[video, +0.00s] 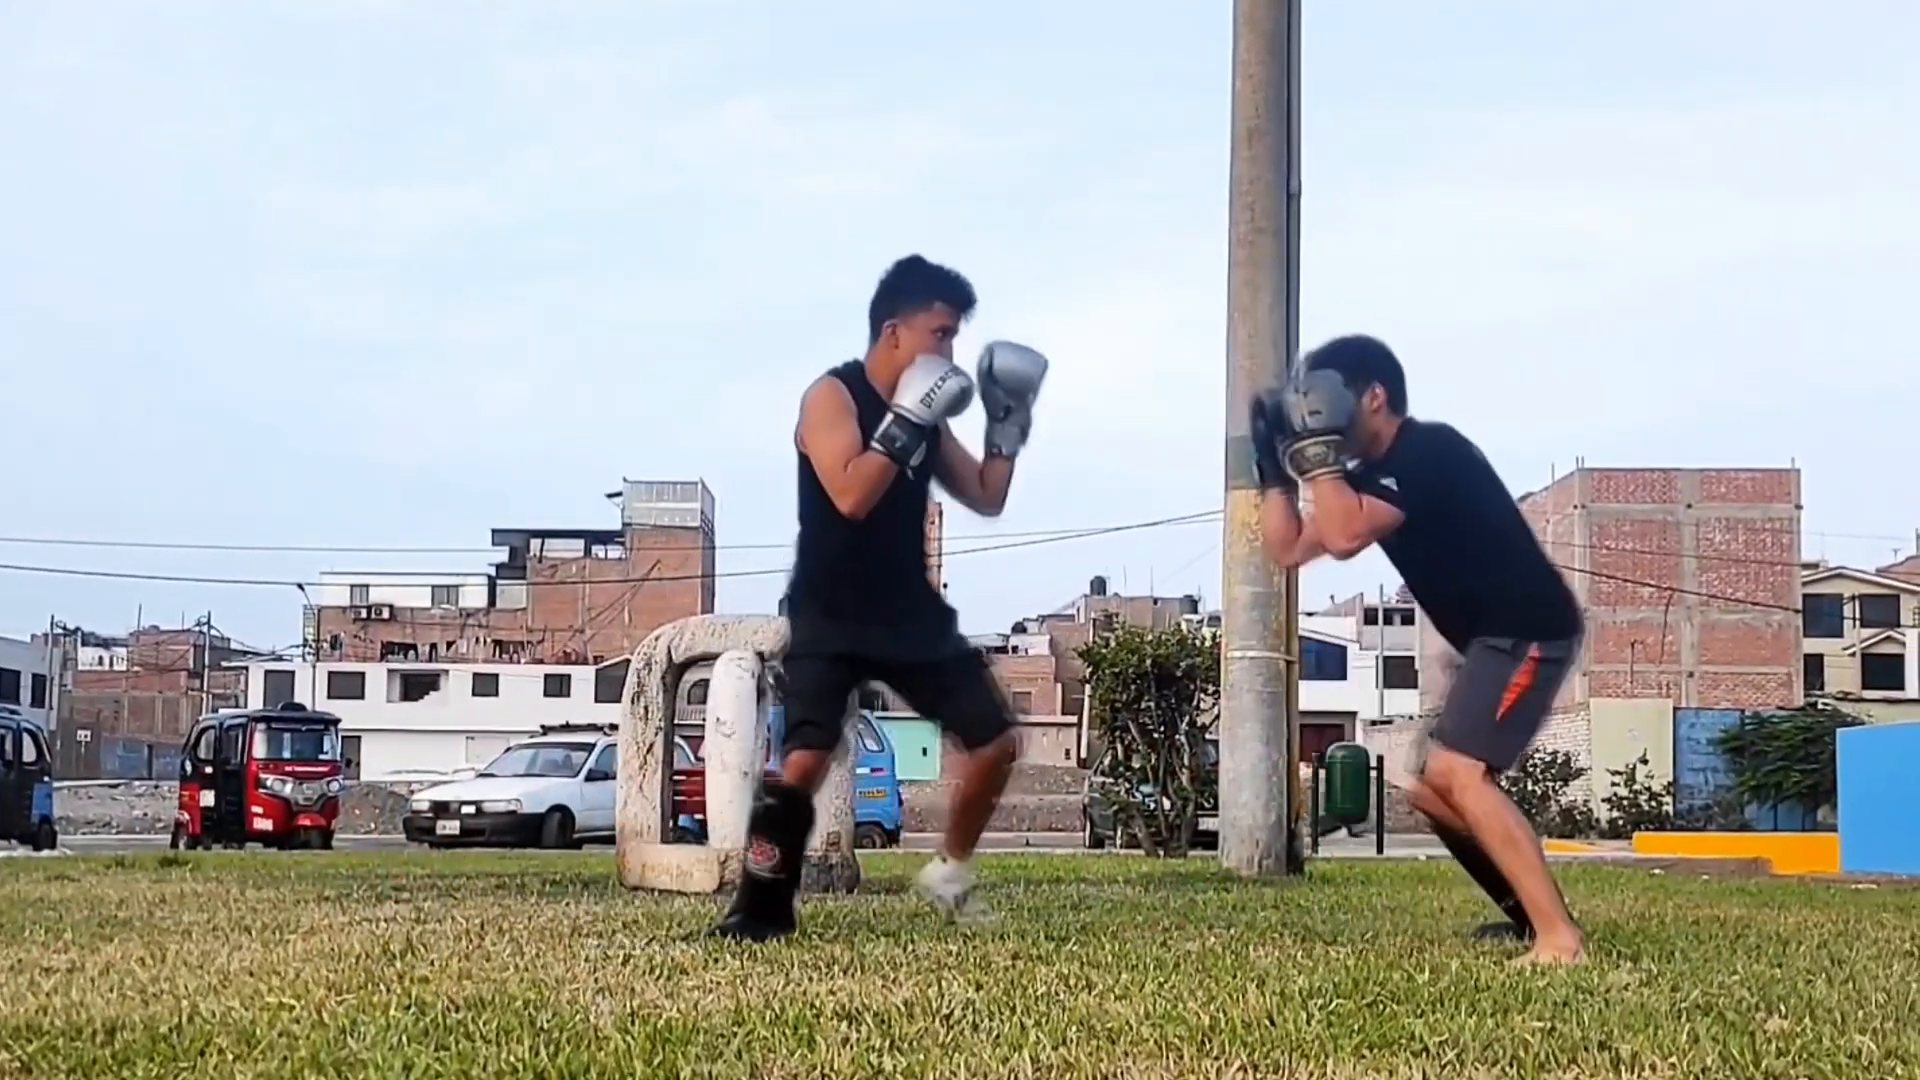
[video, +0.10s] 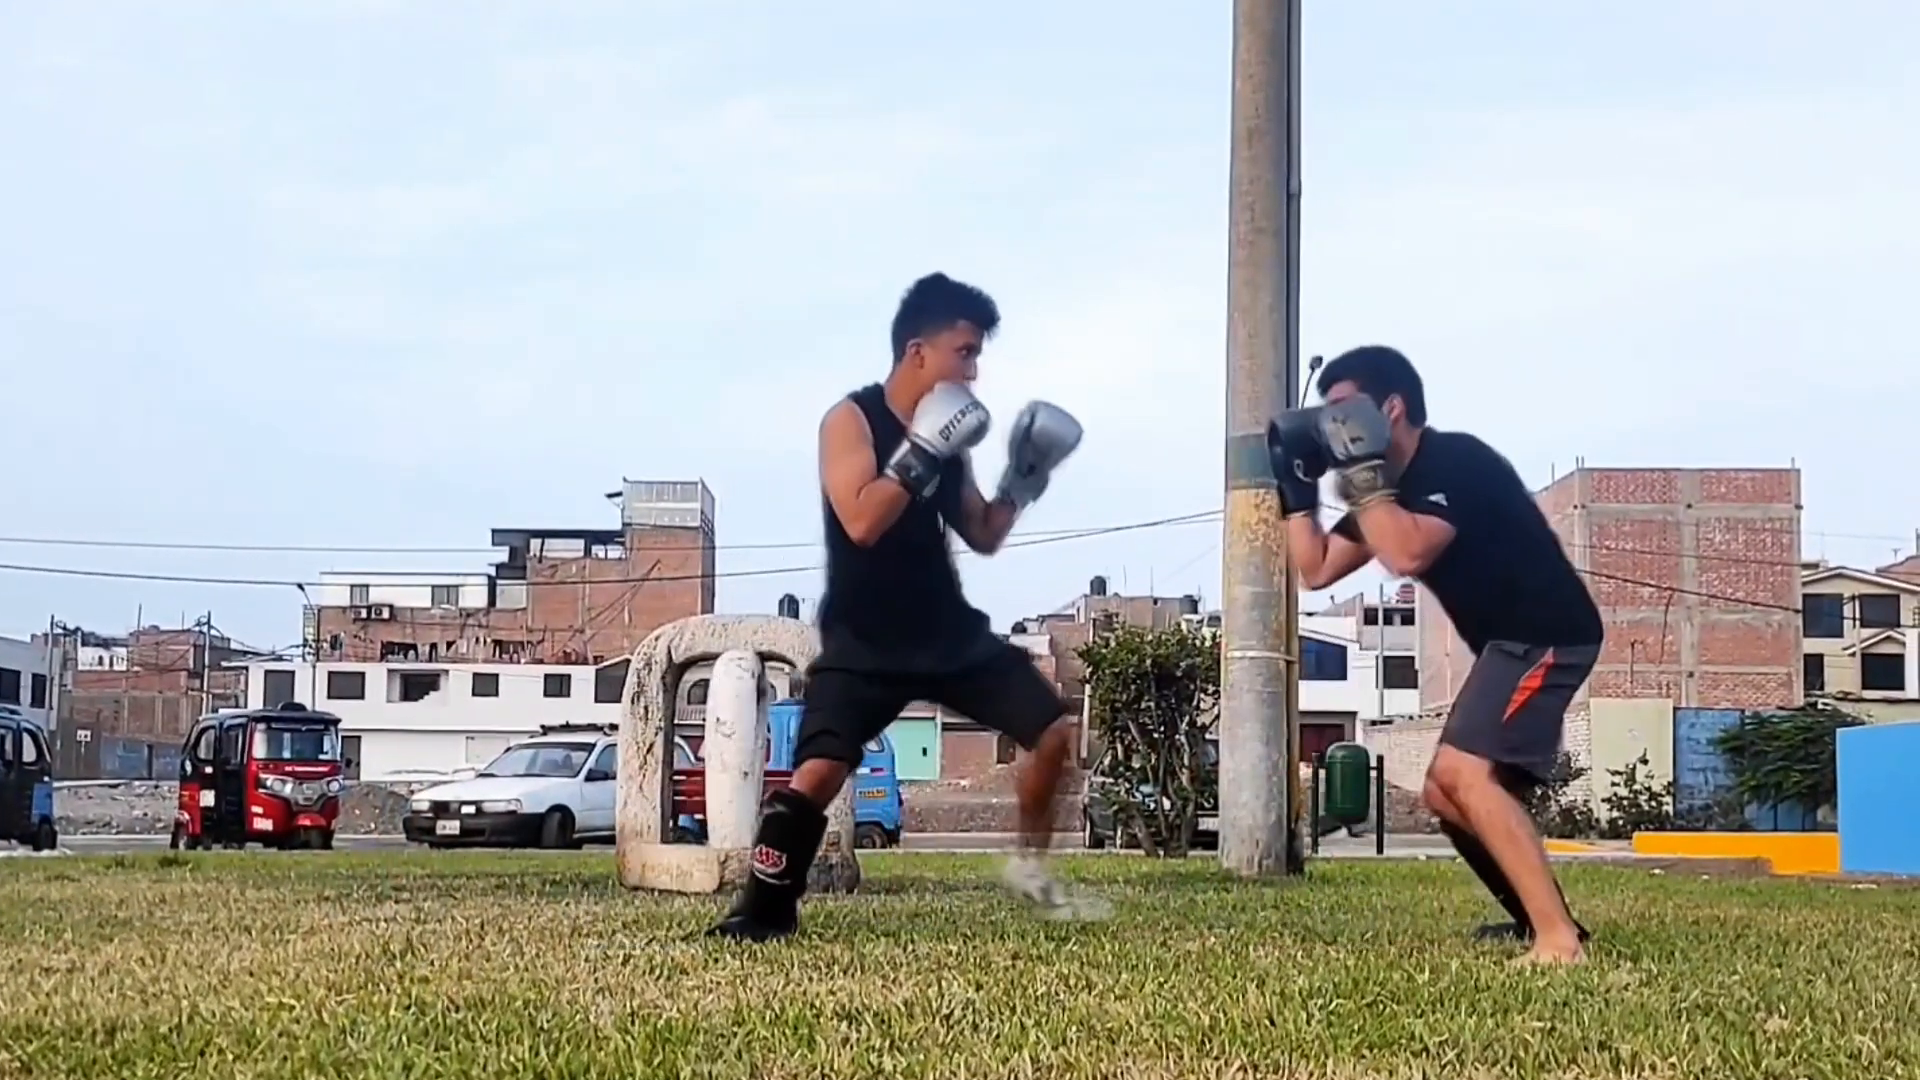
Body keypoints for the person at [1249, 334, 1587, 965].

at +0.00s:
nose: (1327, 422)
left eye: (1337, 405)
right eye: (1320, 410)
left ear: (1378, 397)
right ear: (1365, 404)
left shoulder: (1429, 448)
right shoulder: (1372, 475)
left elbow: (1343, 536)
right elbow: (1287, 552)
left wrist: (1314, 452)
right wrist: (1271, 468)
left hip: (1530, 631)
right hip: (1490, 638)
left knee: (1456, 772)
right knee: (1428, 790)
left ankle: (1559, 939)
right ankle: (1532, 918)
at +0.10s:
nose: (1336, 427)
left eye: (1347, 410)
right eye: (1330, 415)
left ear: (1395, 406)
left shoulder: (1457, 458)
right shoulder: (1391, 491)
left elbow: (1407, 553)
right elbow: (1314, 569)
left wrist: (1358, 467)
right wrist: (1297, 483)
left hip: (1547, 637)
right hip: (1509, 642)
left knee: (1464, 774)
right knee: (1442, 795)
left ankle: (1560, 939)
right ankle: (1541, 922)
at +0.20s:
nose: (1349, 417)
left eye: (1361, 399)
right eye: (1344, 404)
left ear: (1410, 393)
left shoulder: (1472, 443)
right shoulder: (1396, 470)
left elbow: (1430, 551)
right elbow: (1327, 557)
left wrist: (1376, 463)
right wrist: (1308, 468)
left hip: (1559, 613)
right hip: (1508, 620)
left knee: (1489, 746)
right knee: (1451, 771)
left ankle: (1554, 931)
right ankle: (1541, 914)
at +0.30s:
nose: (1376, 446)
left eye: (1382, 430)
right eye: (1367, 436)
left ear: (1418, 417)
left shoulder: (1477, 460)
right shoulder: (1416, 489)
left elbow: (1420, 557)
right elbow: (1341, 569)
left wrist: (1377, 469)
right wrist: (1316, 482)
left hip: (1573, 624)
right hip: (1510, 630)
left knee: (1501, 745)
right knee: (1439, 760)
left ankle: (1584, 931)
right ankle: (1530, 893)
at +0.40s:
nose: (1398, 535)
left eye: (1397, 519)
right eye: (1390, 528)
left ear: (1420, 494)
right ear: (1420, 500)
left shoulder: (1480, 507)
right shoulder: (1438, 551)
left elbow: (1408, 595)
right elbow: (1363, 611)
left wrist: (1371, 516)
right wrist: (1326, 532)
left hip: (1593, 662)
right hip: (1526, 672)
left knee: (1511, 753)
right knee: (1427, 780)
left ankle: (1584, 935)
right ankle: (1481, 907)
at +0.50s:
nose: (1384, 596)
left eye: (1390, 578)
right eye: (1379, 590)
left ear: (1414, 551)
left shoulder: (1474, 542)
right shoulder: (1434, 593)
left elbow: (1422, 623)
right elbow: (1370, 670)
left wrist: (1382, 552)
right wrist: (1330, 596)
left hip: (1604, 680)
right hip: (1533, 696)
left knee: (1516, 759)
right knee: (1430, 795)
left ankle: (1584, 935)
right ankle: (1486, 918)